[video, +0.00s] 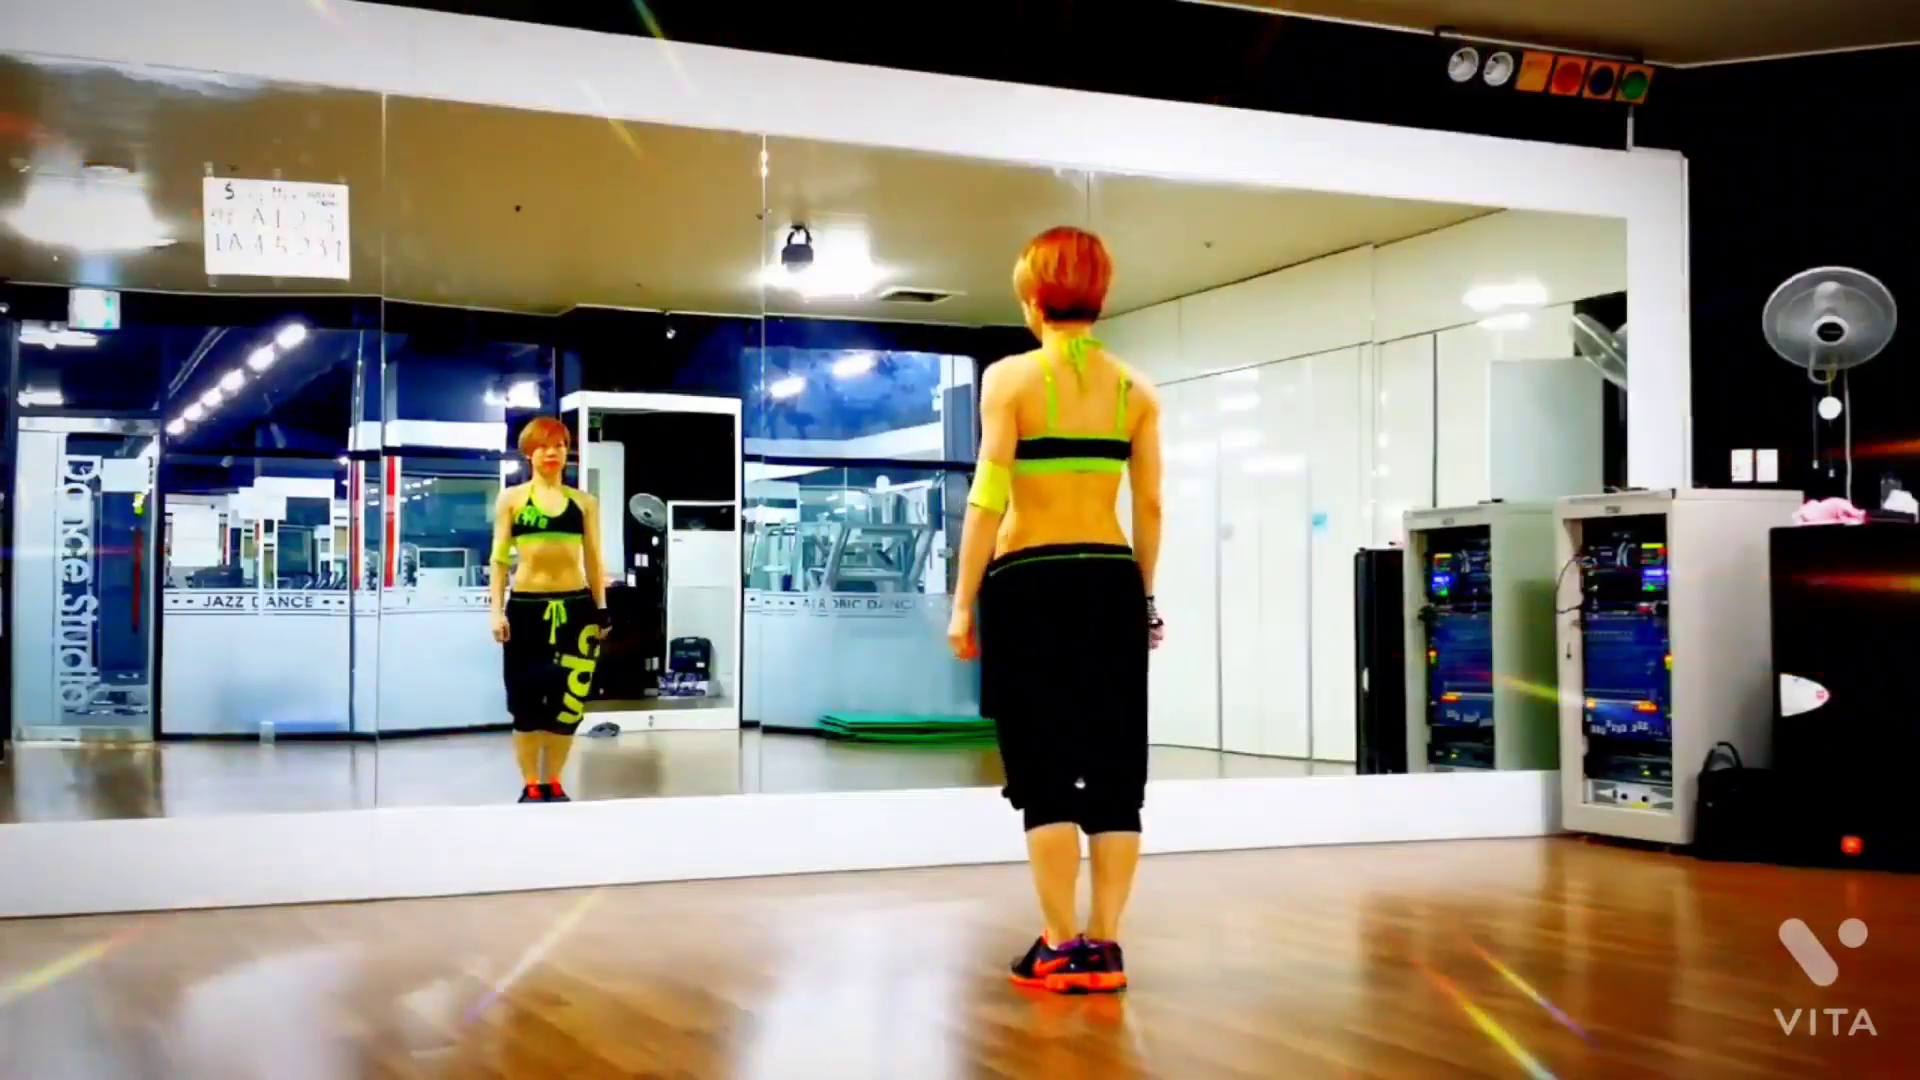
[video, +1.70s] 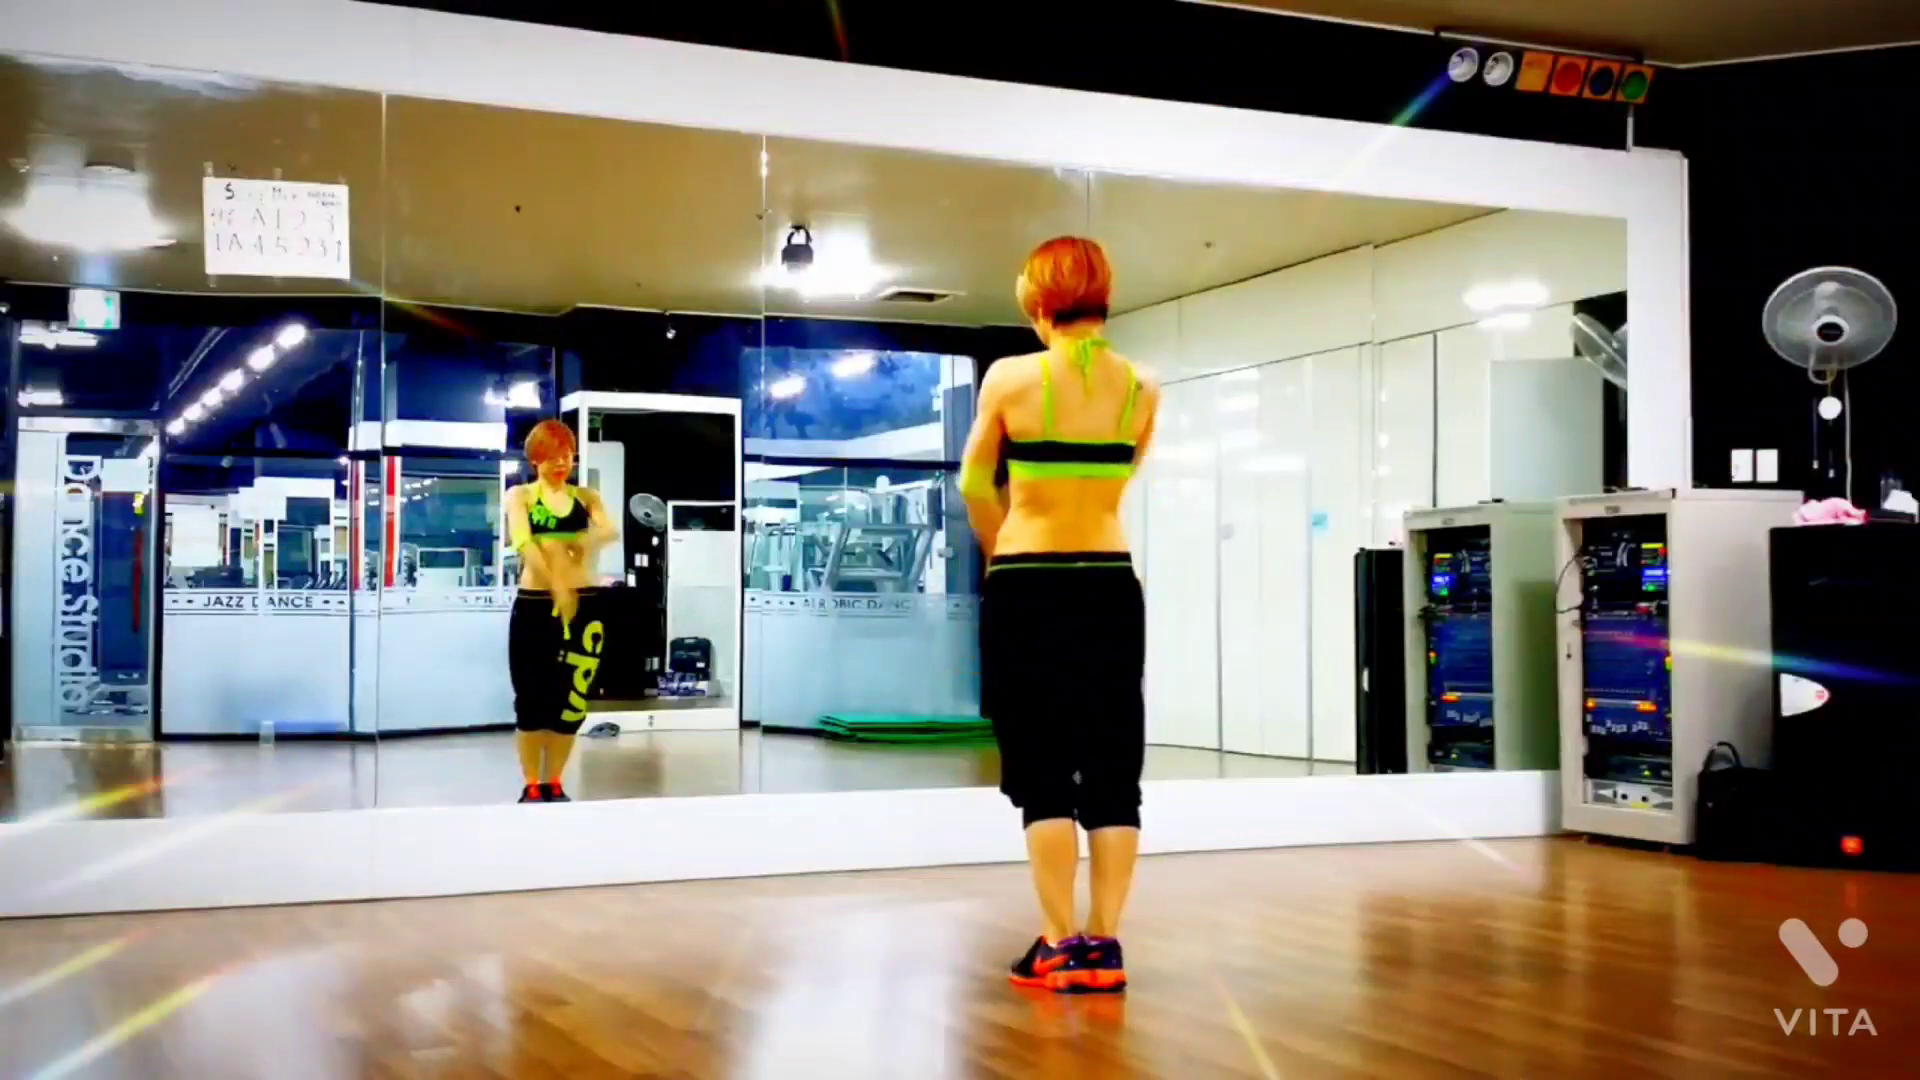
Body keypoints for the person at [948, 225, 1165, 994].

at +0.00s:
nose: (1024, 305)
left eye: (1025, 293)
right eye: (1035, 293)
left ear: (1031, 299)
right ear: (1100, 297)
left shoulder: (1009, 379)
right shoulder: (1134, 388)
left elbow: (990, 498)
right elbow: (1149, 505)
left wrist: (964, 601)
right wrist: (1143, 590)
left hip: (1026, 587)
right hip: (1111, 586)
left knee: (1041, 764)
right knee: (1117, 762)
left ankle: (1060, 940)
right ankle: (1104, 942)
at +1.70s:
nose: (1027, 311)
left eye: (1029, 301)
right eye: (1038, 300)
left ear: (1035, 305)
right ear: (1105, 301)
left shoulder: (1009, 378)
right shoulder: (1140, 389)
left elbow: (976, 488)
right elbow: (1123, 477)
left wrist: (1009, 548)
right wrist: (1057, 531)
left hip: (1025, 591)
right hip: (1108, 589)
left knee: (1040, 764)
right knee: (1114, 766)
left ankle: (1059, 939)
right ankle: (1103, 941)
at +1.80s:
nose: (1023, 307)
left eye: (1026, 296)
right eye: (1030, 295)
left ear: (1036, 301)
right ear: (1103, 298)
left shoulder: (1016, 366)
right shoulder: (1138, 375)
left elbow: (959, 418)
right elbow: (1094, 419)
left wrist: (1030, 435)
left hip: (1027, 587)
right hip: (1111, 586)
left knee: (1041, 767)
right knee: (1117, 766)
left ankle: (1061, 940)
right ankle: (1105, 943)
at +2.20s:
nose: (1014, 318)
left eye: (1020, 307)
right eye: (1020, 305)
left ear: (1031, 319)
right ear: (1098, 320)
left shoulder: (998, 395)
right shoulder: (1124, 398)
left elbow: (994, 457)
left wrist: (1005, 361)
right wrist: (1030, 360)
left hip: (1039, 602)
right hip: (1123, 599)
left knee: (1026, 780)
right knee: (1092, 787)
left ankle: (1061, 941)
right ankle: (1102, 944)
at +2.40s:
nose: (1029, 391)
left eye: (1031, 381)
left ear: (1030, 392)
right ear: (1101, 393)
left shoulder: (997, 470)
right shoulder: (1130, 477)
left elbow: (983, 595)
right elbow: (1104, 579)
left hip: (1033, 666)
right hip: (1118, 665)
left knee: (1010, 819)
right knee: (1072, 818)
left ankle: (1059, 941)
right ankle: (1099, 944)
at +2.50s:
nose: (1040, 373)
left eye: (1038, 361)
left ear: (1033, 371)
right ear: (1106, 375)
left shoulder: (998, 447)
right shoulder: (1128, 460)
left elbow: (953, 563)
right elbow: (1146, 569)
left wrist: (917, 654)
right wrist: (1143, 637)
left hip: (1030, 645)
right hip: (1114, 646)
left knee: (1014, 808)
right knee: (1075, 809)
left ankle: (1061, 941)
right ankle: (1101, 944)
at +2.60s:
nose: (1037, 323)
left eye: (1037, 310)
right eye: (1074, 312)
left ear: (1031, 319)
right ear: (1103, 322)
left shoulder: (1000, 388)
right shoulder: (1123, 398)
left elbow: (899, 436)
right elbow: (1208, 453)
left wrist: (831, 483)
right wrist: (1279, 500)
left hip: (1027, 595)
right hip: (1106, 593)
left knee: (1022, 775)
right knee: (1092, 775)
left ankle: (1062, 938)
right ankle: (1101, 942)